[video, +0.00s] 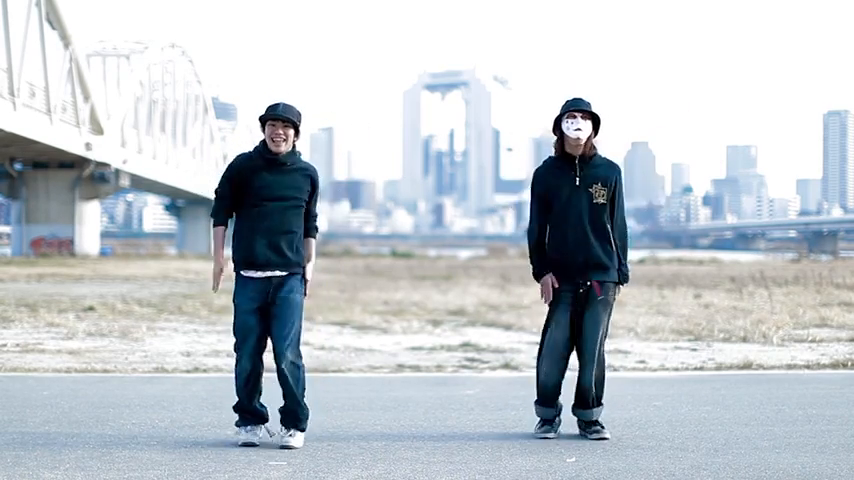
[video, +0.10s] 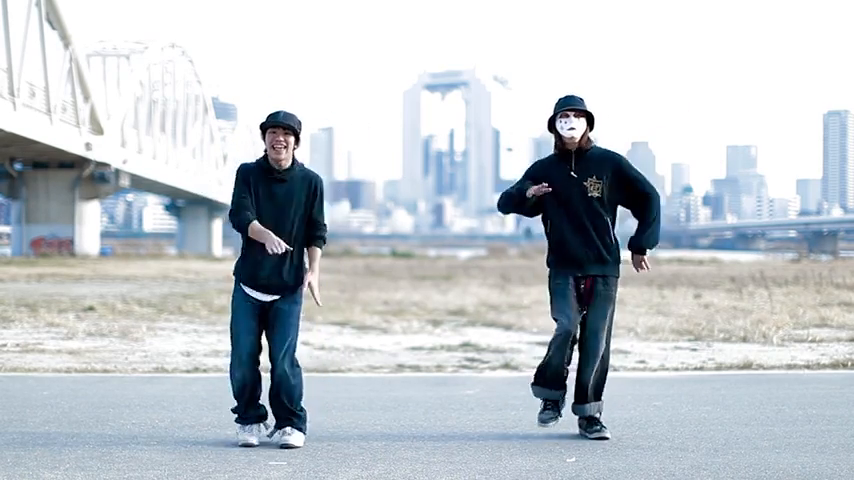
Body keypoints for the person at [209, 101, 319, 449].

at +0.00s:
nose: (278, 132)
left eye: (285, 127)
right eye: (273, 126)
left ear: (296, 133)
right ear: (264, 129)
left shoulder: (307, 174)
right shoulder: (242, 166)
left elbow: (310, 224)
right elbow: (220, 211)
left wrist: (309, 264)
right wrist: (218, 257)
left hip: (290, 277)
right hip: (249, 276)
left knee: (287, 353)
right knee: (247, 354)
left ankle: (294, 425)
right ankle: (250, 422)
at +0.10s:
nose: (280, 142)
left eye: (286, 136)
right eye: (274, 136)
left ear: (295, 141)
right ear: (264, 140)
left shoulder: (311, 182)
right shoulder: (248, 173)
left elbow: (316, 231)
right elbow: (240, 217)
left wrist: (314, 269)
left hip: (287, 286)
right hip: (248, 283)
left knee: (283, 358)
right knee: (243, 356)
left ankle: (290, 424)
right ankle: (250, 420)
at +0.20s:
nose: (267, 133)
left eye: (274, 128)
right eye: (263, 128)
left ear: (286, 136)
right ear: (257, 133)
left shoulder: (297, 171)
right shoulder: (246, 165)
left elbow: (324, 212)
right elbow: (256, 155)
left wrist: (316, 259)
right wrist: (279, 132)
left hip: (292, 283)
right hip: (252, 277)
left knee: (291, 355)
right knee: (223, 314)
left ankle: (291, 425)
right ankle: (244, 379)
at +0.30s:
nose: (266, 130)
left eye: (274, 127)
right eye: (261, 124)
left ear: (284, 134)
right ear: (253, 129)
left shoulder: (291, 165)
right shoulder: (248, 161)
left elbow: (326, 200)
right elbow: (233, 128)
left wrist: (321, 243)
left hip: (296, 276)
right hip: (260, 267)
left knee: (292, 353)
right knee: (223, 294)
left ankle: (293, 424)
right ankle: (256, 346)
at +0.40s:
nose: (265, 125)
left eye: (272, 121)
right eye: (260, 119)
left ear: (285, 127)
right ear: (254, 123)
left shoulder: (298, 155)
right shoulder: (247, 158)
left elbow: (332, 189)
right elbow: (210, 139)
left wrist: (324, 232)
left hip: (301, 269)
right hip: (260, 268)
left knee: (297, 348)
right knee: (238, 329)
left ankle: (297, 421)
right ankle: (258, 383)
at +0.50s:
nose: (269, 135)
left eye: (277, 131)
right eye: (264, 130)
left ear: (289, 138)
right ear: (257, 136)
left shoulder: (306, 170)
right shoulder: (248, 178)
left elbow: (338, 201)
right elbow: (206, 182)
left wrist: (327, 243)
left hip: (301, 281)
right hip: (261, 282)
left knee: (301, 357)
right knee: (259, 360)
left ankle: (304, 425)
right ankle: (262, 422)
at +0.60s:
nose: (276, 141)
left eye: (282, 138)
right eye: (270, 136)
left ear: (292, 146)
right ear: (260, 143)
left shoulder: (309, 181)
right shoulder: (242, 183)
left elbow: (339, 211)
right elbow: (195, 186)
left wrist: (327, 253)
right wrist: (153, 190)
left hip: (296, 287)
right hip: (255, 289)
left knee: (302, 341)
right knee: (251, 362)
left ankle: (307, 406)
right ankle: (265, 422)